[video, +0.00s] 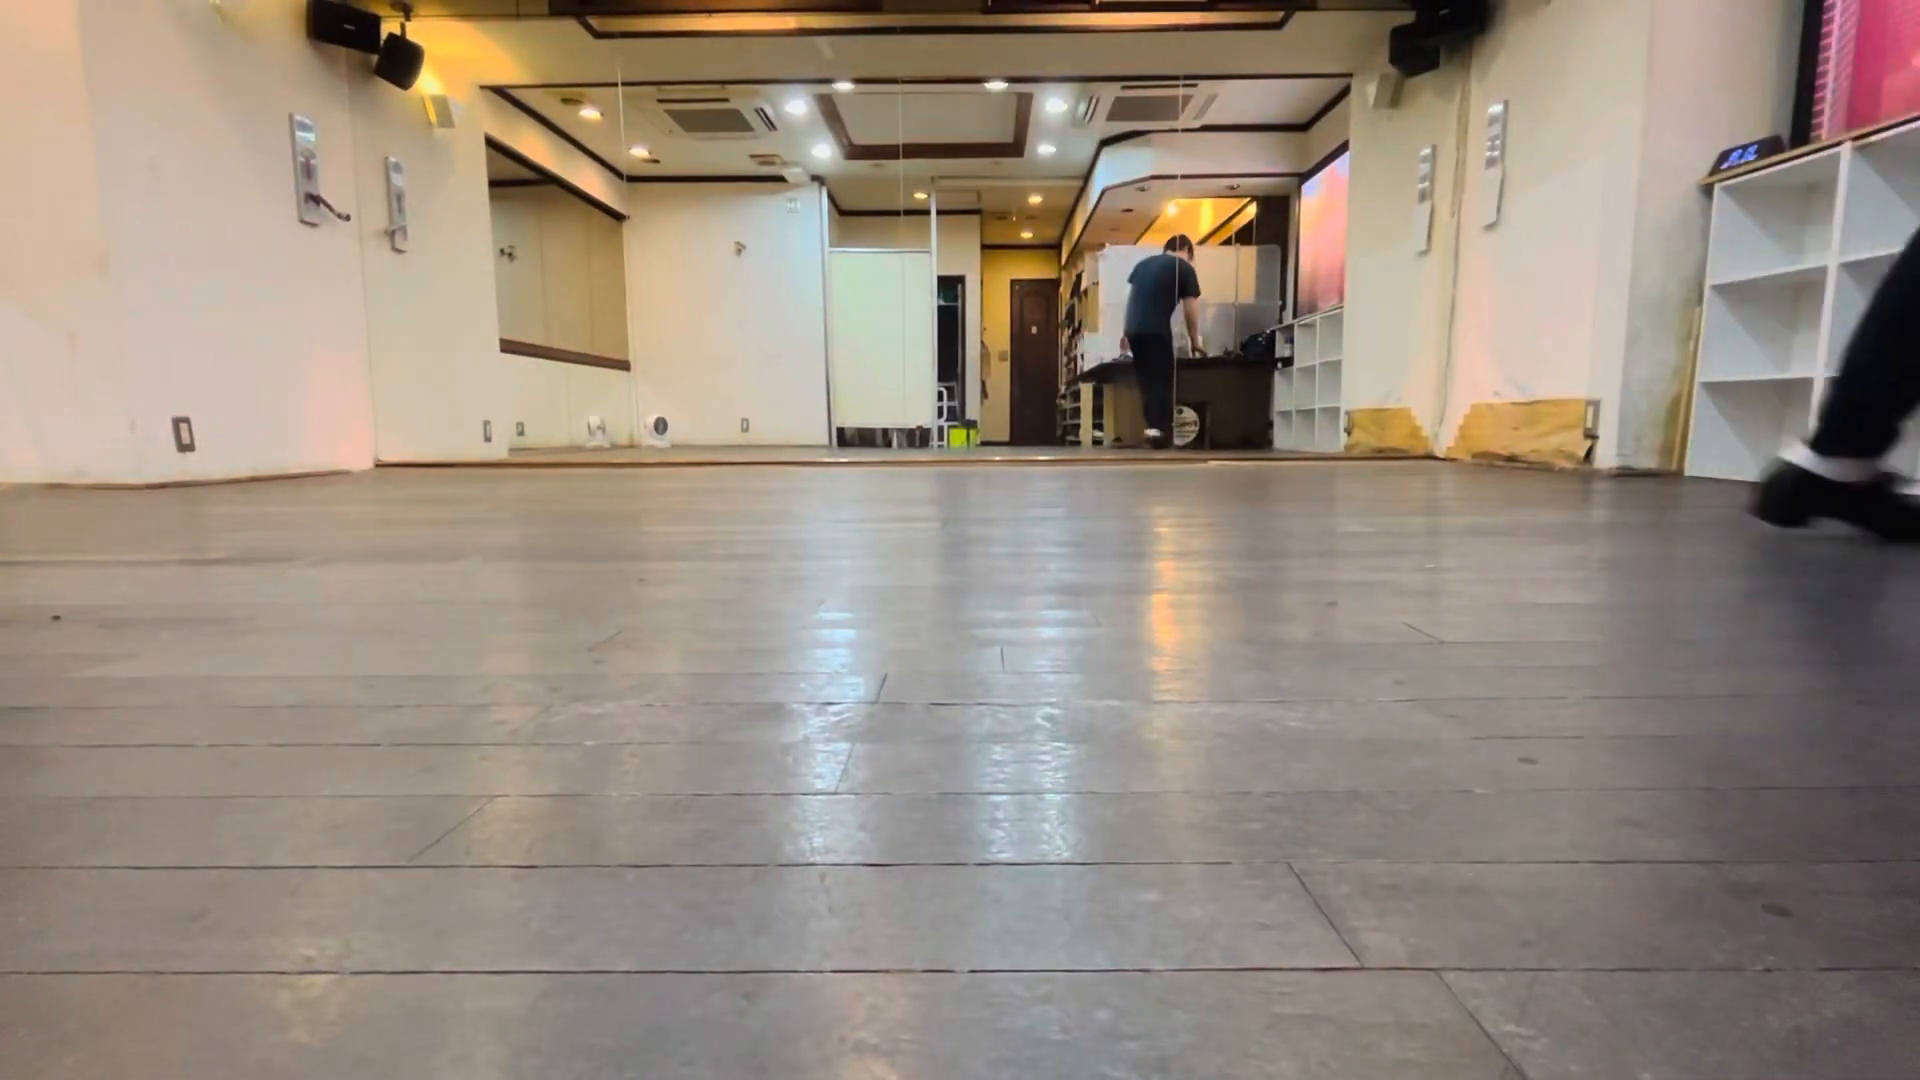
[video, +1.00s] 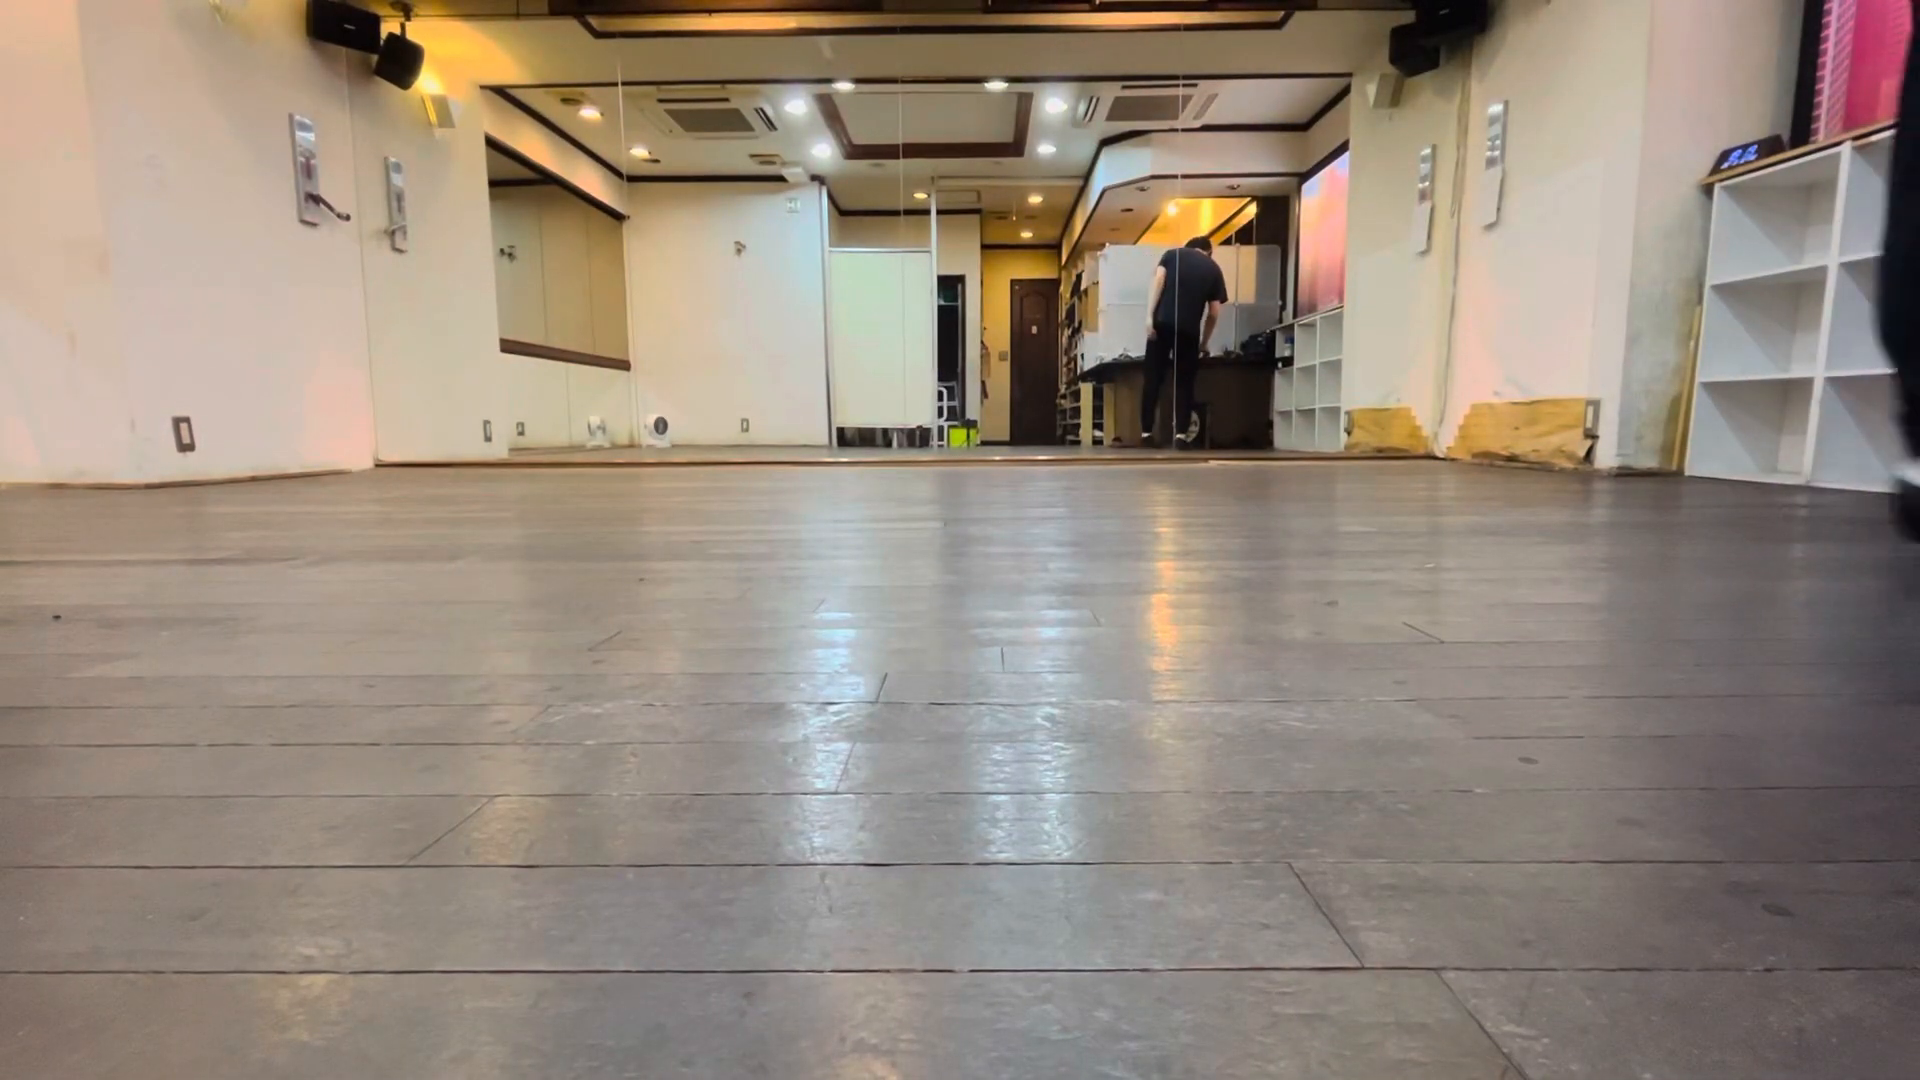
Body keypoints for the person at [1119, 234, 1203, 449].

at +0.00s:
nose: (1189, 260)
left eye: (1190, 256)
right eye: (1190, 256)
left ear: (1166, 248)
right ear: (1185, 250)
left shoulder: (1144, 263)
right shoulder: (1184, 268)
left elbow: (1132, 302)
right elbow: (1190, 311)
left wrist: (1126, 333)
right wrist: (1195, 343)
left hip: (1135, 331)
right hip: (1157, 330)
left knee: (1146, 379)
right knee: (1162, 379)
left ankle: (1152, 426)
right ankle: (1156, 427)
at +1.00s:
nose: (1210, 257)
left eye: (1209, 255)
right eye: (1211, 255)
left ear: (1188, 246)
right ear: (1208, 252)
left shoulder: (1172, 254)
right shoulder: (1213, 269)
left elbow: (1159, 280)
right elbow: (1213, 313)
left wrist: (1150, 317)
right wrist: (1205, 343)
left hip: (1162, 325)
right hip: (1189, 331)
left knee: (1152, 377)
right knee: (1185, 381)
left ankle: (1146, 430)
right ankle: (1181, 433)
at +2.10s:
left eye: (1185, 245)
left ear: (1188, 245)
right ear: (1206, 250)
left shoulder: (1180, 250)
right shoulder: (1217, 269)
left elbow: (1173, 276)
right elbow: (1218, 313)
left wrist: (1161, 310)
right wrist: (1206, 342)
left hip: (1171, 318)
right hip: (1195, 326)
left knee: (1155, 367)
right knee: (1185, 379)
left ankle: (1147, 419)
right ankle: (1181, 432)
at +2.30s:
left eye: (1186, 245)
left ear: (1188, 244)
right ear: (1207, 250)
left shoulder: (1181, 251)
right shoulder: (1217, 269)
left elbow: (1173, 276)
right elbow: (1219, 313)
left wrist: (1161, 310)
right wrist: (1206, 342)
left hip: (1171, 318)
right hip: (1195, 327)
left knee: (1152, 368)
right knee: (1186, 379)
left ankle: (1141, 418)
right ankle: (1184, 433)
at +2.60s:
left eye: (1187, 243)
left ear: (1189, 243)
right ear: (1209, 248)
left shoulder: (1179, 249)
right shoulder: (1217, 268)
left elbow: (1169, 274)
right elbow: (1219, 312)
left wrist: (1155, 308)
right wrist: (1206, 343)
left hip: (1166, 319)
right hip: (1191, 327)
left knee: (1149, 370)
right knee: (1185, 379)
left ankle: (1136, 422)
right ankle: (1183, 433)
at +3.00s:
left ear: (1181, 239)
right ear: (1201, 244)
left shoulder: (1171, 247)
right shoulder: (1210, 263)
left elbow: (1160, 278)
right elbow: (1214, 311)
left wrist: (1149, 314)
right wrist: (1205, 342)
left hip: (1159, 324)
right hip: (1184, 328)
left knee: (1147, 373)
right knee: (1182, 377)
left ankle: (1145, 429)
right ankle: (1182, 433)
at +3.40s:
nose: (1168, 244)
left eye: (1169, 240)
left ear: (1171, 239)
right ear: (1192, 242)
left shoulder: (1163, 249)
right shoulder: (1201, 262)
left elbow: (1153, 280)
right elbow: (1208, 308)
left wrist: (1142, 316)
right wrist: (1203, 342)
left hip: (1153, 325)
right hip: (1179, 330)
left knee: (1144, 374)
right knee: (1179, 378)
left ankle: (1145, 429)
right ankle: (1181, 432)